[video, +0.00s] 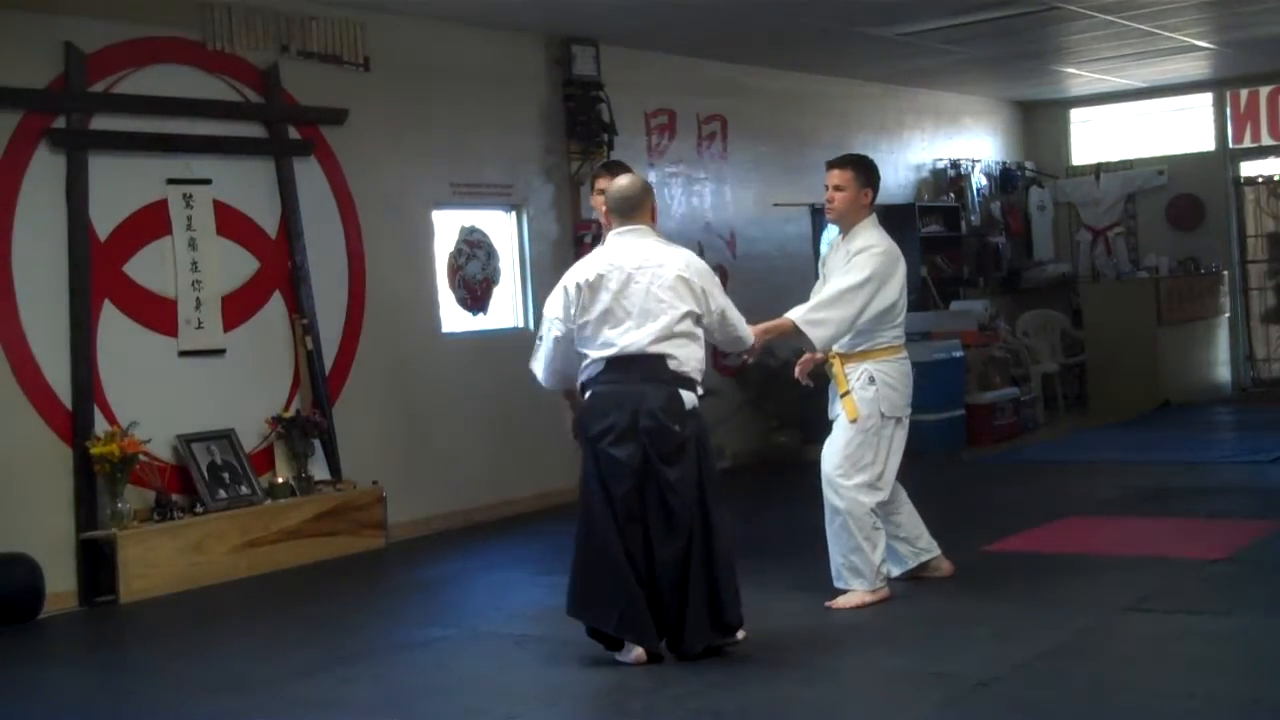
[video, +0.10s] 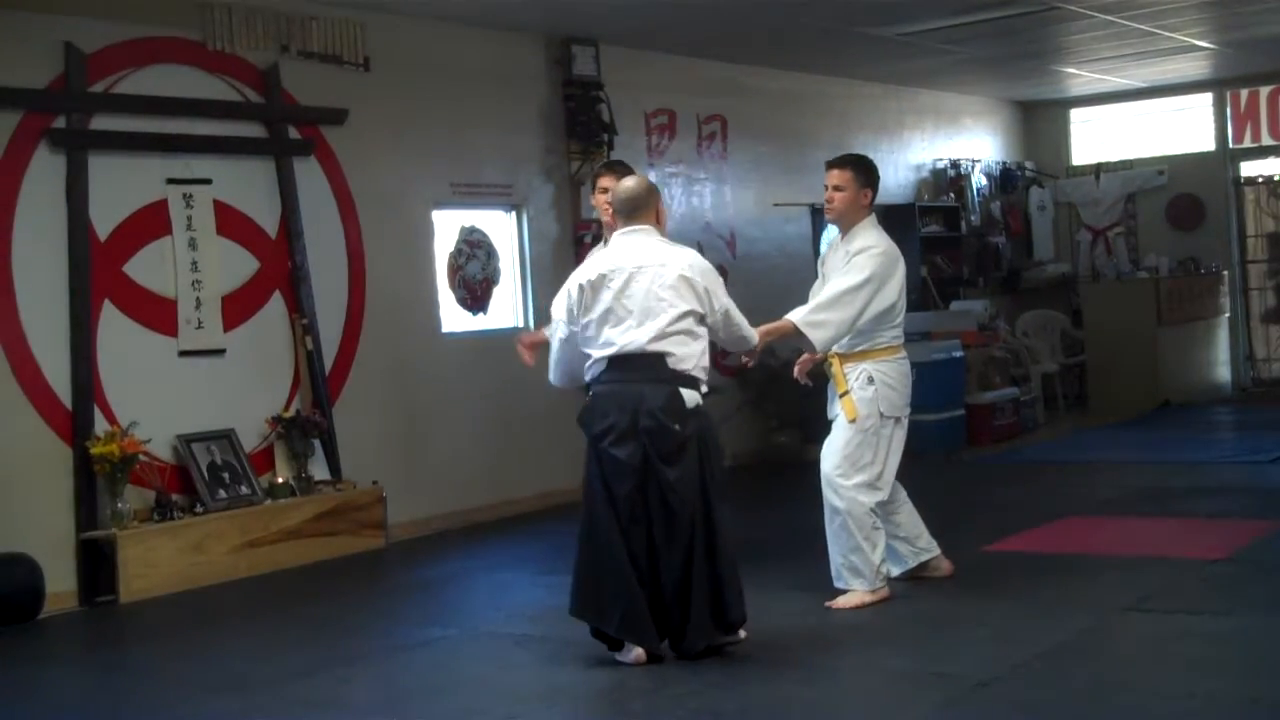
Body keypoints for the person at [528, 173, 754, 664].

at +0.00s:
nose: (595, 216)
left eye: (596, 210)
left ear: (605, 215)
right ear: (653, 211)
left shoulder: (581, 274)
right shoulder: (687, 265)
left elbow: (551, 369)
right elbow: (738, 339)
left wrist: (579, 402)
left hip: (606, 401)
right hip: (671, 398)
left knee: (616, 517)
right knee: (689, 511)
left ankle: (635, 638)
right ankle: (714, 623)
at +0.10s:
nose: (669, 215)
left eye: (606, 208)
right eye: (666, 207)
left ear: (613, 216)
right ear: (660, 212)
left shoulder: (584, 275)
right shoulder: (689, 264)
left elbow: (562, 372)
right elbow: (740, 338)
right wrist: (746, 348)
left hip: (608, 400)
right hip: (675, 396)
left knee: (617, 518)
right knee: (695, 511)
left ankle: (635, 639)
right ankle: (718, 622)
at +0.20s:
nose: (679, 217)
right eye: (676, 210)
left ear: (625, 218)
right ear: (669, 214)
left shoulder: (594, 269)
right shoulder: (696, 263)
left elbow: (578, 360)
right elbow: (738, 332)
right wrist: (758, 352)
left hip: (614, 400)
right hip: (681, 396)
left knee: (621, 519)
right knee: (704, 511)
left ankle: (634, 638)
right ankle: (721, 623)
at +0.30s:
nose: (695, 220)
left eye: (692, 213)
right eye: (693, 213)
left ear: (640, 217)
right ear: (685, 216)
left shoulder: (604, 269)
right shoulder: (710, 266)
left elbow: (600, 341)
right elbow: (758, 343)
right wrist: (768, 360)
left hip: (624, 399)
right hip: (689, 398)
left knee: (628, 518)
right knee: (727, 507)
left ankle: (635, 639)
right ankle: (770, 616)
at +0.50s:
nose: (747, 221)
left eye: (743, 213)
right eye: (745, 214)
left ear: (695, 220)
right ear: (738, 218)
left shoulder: (663, 266)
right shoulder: (759, 274)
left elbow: (634, 321)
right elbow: (810, 351)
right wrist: (812, 375)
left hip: (665, 400)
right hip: (730, 403)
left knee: (661, 519)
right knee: (760, 516)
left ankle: (643, 637)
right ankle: (808, 623)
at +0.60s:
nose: (780, 222)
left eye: (777, 215)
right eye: (778, 215)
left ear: (728, 219)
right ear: (769, 219)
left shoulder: (694, 265)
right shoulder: (789, 275)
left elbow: (688, 324)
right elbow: (837, 346)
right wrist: (853, 379)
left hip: (682, 393)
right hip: (747, 398)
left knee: (675, 515)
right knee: (774, 514)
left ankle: (649, 629)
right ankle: (799, 623)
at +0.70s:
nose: (811, 222)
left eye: (809, 214)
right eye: (809, 214)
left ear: (757, 218)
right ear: (798, 218)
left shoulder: (724, 261)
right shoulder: (809, 273)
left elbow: (723, 322)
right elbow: (860, 343)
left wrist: (799, 347)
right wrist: (892, 369)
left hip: (696, 383)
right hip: (758, 393)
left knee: (681, 507)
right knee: (786, 510)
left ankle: (650, 619)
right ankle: (809, 624)